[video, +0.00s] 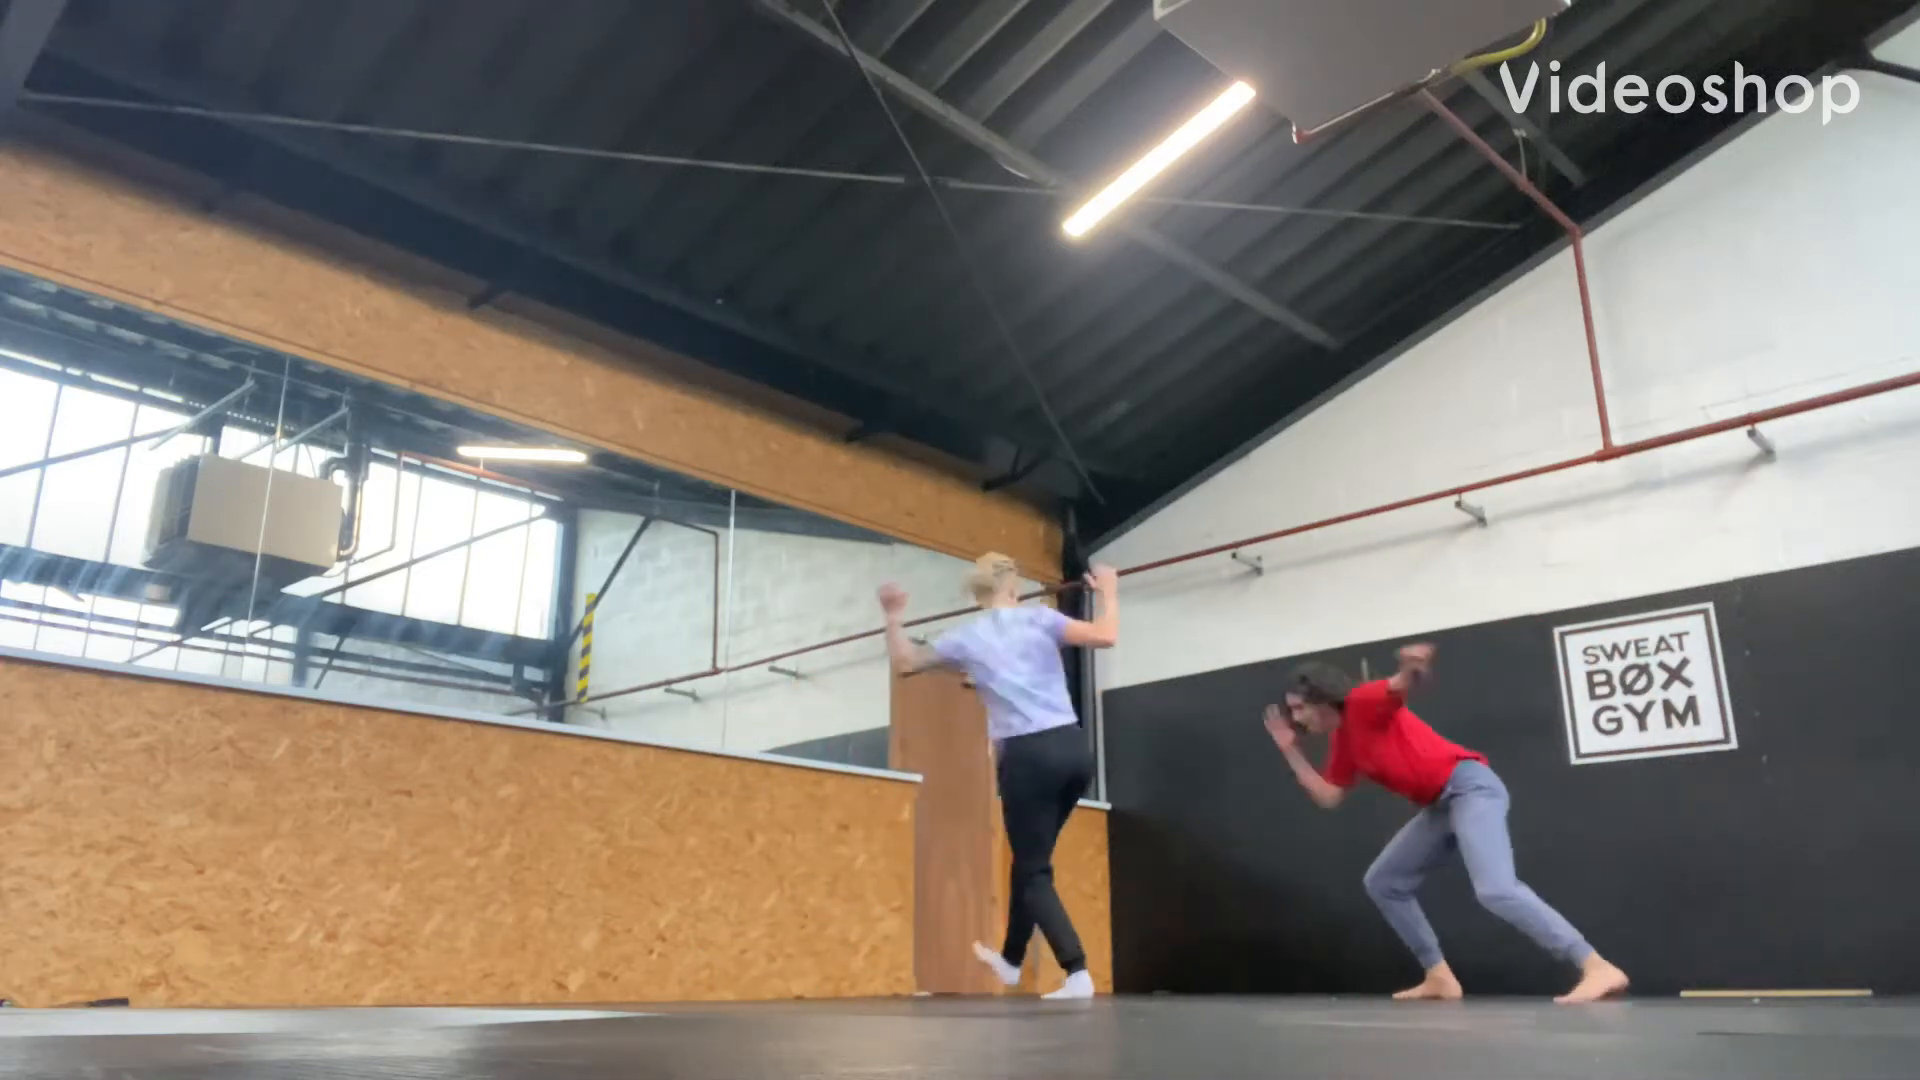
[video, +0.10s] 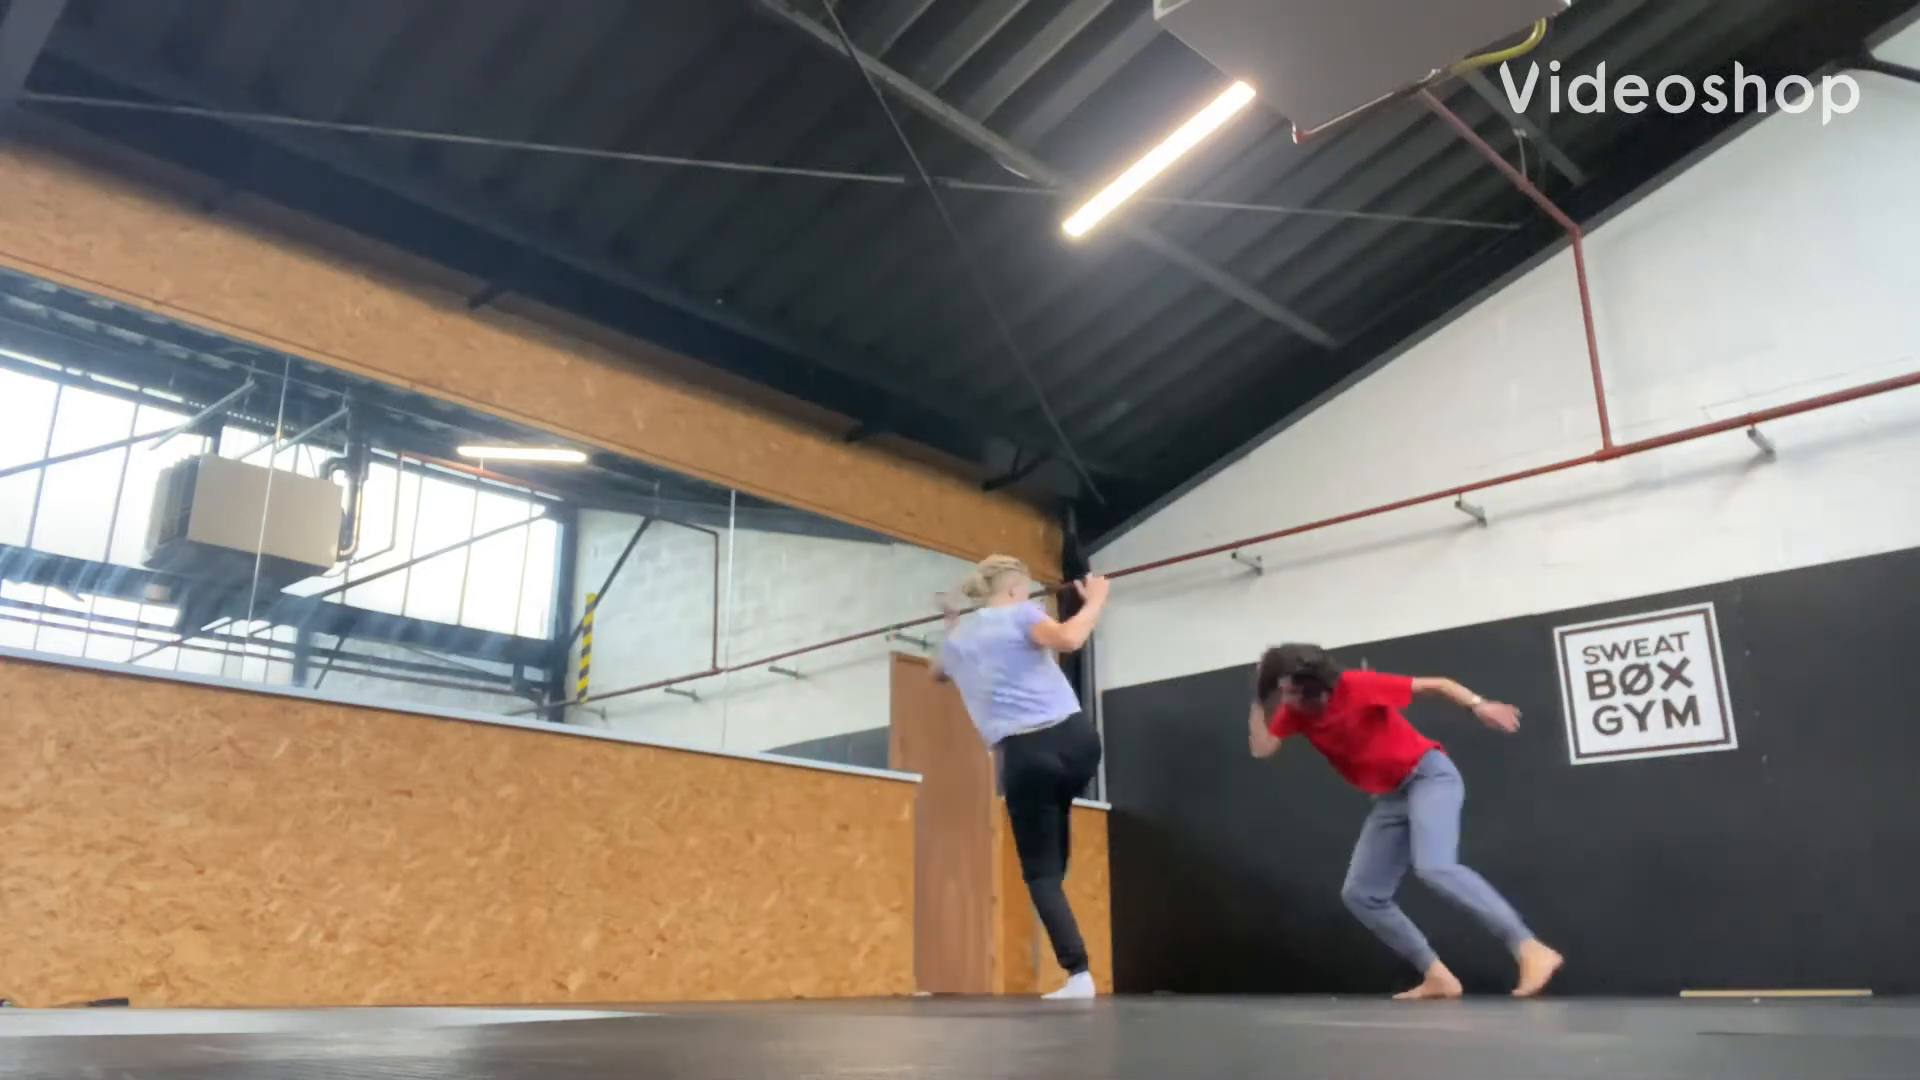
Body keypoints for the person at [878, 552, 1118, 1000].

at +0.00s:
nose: (1018, 590)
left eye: (1013, 584)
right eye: (1016, 584)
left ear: (976, 593)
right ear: (1012, 587)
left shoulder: (969, 637)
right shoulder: (1041, 619)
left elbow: (905, 661)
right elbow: (1105, 635)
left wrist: (891, 616)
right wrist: (1109, 588)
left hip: (1025, 755)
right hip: (1073, 747)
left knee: (1035, 872)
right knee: (1029, 861)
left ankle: (1078, 975)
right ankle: (1010, 962)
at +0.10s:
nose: (1029, 598)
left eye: (1030, 592)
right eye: (1027, 591)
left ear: (980, 593)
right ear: (1011, 589)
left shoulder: (958, 641)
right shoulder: (1021, 615)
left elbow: (938, 675)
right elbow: (1068, 640)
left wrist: (951, 625)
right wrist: (1095, 601)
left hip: (1025, 758)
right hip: (1077, 740)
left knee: (1042, 874)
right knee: (1058, 803)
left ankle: (1079, 974)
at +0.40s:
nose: (1055, 606)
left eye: (1056, 599)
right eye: (1054, 598)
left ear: (1023, 590)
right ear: (1038, 591)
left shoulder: (989, 626)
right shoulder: (1014, 605)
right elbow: (1065, 607)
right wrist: (1100, 584)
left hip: (985, 745)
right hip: (1009, 706)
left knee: (1044, 848)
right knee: (1109, 640)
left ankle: (1044, 967)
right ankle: (1209, 580)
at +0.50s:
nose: (1057, 614)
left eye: (1061, 607)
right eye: (1056, 604)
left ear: (1039, 600)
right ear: (1038, 594)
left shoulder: (996, 635)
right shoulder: (1008, 610)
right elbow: (1055, 626)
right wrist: (1098, 595)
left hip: (989, 758)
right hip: (997, 719)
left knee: (1057, 854)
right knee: (1085, 692)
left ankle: (1049, 976)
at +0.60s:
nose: (1064, 610)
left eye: (1067, 604)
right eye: (1064, 602)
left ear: (1029, 591)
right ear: (1044, 588)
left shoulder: (989, 626)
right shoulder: (1017, 605)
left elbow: (944, 672)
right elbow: (1033, 633)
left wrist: (939, 666)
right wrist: (1083, 612)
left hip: (973, 750)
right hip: (990, 718)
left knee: (1060, 850)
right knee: (1050, 764)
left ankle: (1049, 975)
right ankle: (1035, 854)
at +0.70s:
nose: (1062, 611)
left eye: (1065, 604)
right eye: (1062, 601)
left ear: (1035, 591)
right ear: (1044, 589)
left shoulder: (995, 625)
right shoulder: (1014, 605)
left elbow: (943, 692)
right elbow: (1021, 640)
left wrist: (952, 738)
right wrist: (1071, 621)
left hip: (991, 751)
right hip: (976, 739)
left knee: (1059, 851)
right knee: (986, 838)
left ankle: (1050, 975)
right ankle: (922, 956)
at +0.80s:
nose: (1056, 614)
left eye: (1059, 606)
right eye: (1056, 603)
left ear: (1030, 593)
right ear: (1041, 592)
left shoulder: (1015, 633)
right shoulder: (999, 613)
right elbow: (993, 657)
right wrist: (1053, 643)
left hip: (988, 762)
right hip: (952, 747)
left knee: (1056, 851)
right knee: (970, 848)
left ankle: (1048, 976)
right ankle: (913, 976)